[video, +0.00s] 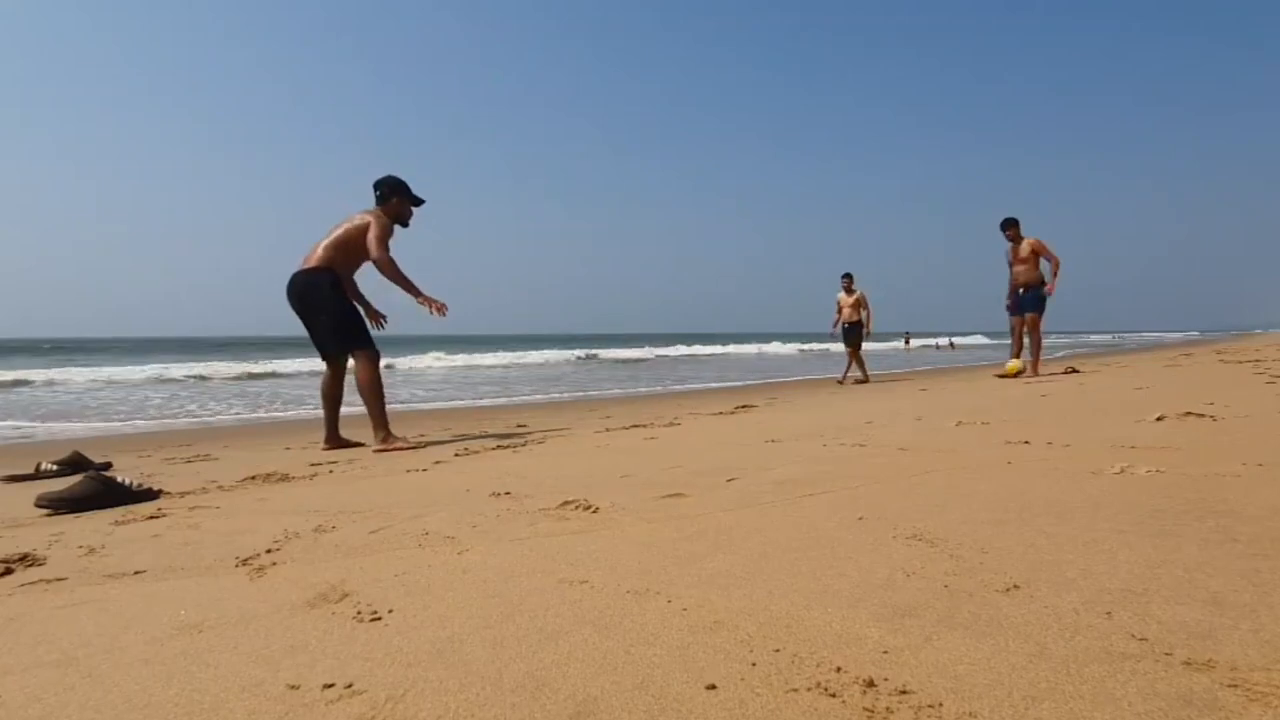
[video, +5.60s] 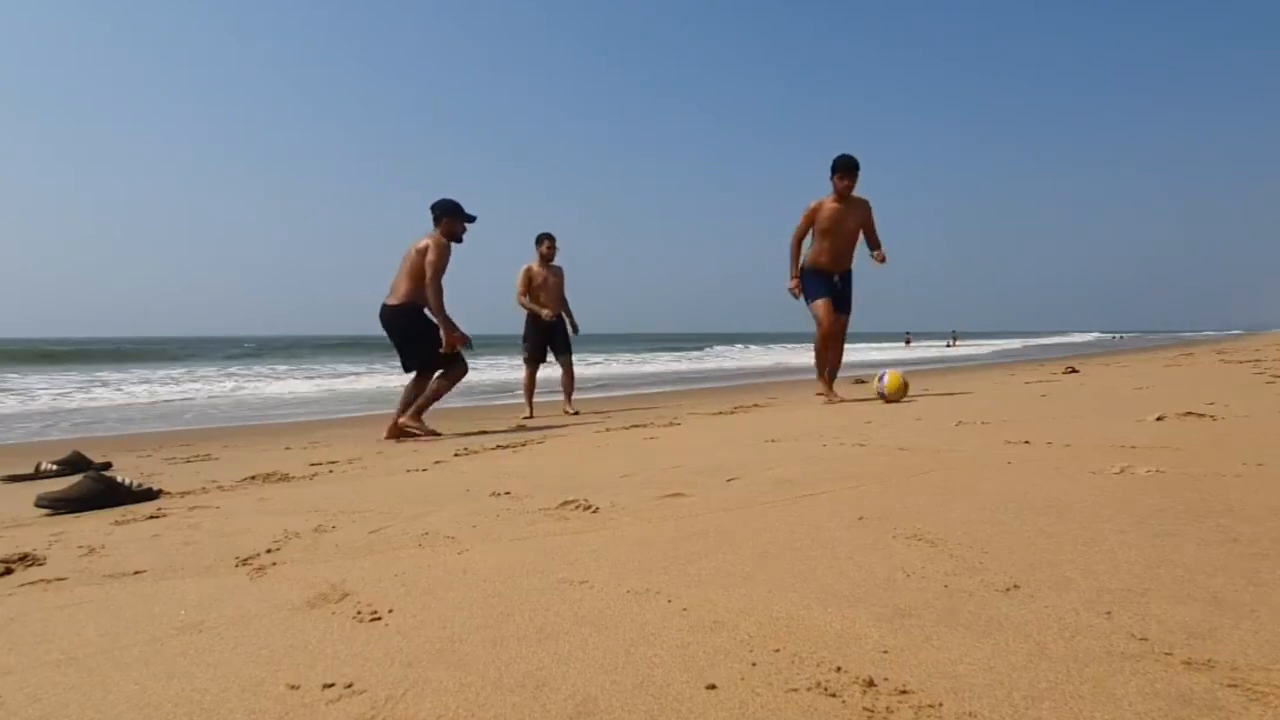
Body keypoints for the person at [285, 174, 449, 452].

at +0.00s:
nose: (411, 211)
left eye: (412, 206)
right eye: (408, 205)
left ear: (384, 202)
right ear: (393, 201)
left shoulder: (360, 222)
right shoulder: (379, 221)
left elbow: (341, 273)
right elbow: (379, 257)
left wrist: (366, 306)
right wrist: (419, 294)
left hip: (301, 284)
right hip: (323, 284)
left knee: (336, 362)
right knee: (366, 355)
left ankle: (332, 436)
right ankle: (383, 435)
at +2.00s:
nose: (399, 212)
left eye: (400, 205)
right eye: (396, 204)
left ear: (375, 201)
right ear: (381, 200)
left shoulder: (350, 220)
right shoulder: (368, 219)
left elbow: (343, 278)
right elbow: (355, 260)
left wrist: (369, 312)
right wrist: (380, 307)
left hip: (295, 284)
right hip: (315, 284)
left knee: (333, 362)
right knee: (355, 358)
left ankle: (323, 436)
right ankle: (374, 435)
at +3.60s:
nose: (408, 176)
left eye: (408, 170)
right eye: (404, 169)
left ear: (382, 168)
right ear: (387, 166)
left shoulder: (362, 192)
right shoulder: (375, 191)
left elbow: (363, 258)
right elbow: (369, 241)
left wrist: (389, 298)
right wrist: (402, 289)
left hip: (336, 275)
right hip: (345, 276)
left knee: (369, 357)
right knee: (373, 357)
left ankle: (334, 431)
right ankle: (347, 438)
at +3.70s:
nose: (412, 175)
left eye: (412, 169)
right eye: (408, 168)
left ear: (387, 167)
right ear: (392, 165)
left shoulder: (367, 193)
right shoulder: (380, 192)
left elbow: (368, 256)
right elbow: (375, 242)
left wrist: (393, 295)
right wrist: (405, 290)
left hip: (344, 276)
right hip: (350, 275)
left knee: (375, 357)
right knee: (378, 357)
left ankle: (358, 431)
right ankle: (351, 435)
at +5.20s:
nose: (437, 193)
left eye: (437, 188)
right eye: (433, 188)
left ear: (415, 189)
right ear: (417, 188)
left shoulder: (402, 214)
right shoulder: (409, 215)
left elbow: (399, 263)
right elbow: (405, 262)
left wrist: (421, 300)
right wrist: (426, 300)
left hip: (389, 287)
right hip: (393, 289)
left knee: (405, 358)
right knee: (403, 359)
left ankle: (382, 422)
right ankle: (365, 421)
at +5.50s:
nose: (455, 225)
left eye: (455, 220)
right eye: (451, 220)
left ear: (432, 221)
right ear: (436, 220)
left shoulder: (418, 243)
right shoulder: (433, 242)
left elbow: (422, 298)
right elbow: (429, 285)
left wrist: (449, 326)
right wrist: (448, 325)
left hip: (390, 311)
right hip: (403, 313)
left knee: (426, 372)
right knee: (439, 375)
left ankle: (397, 425)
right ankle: (384, 414)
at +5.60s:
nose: (465, 228)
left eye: (465, 223)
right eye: (461, 222)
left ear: (441, 222)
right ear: (445, 221)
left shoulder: (424, 244)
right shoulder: (439, 245)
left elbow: (427, 297)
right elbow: (432, 286)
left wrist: (451, 330)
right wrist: (448, 329)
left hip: (392, 311)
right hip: (407, 312)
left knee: (427, 368)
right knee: (457, 367)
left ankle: (398, 424)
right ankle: (413, 415)